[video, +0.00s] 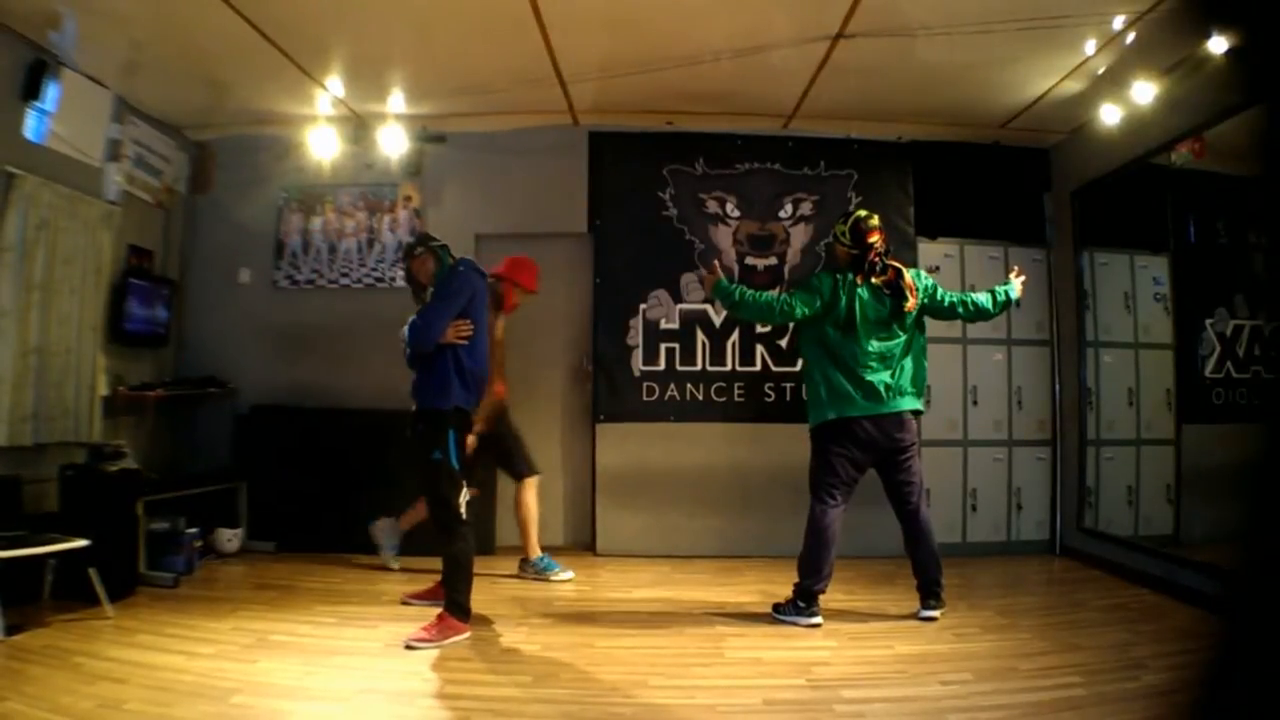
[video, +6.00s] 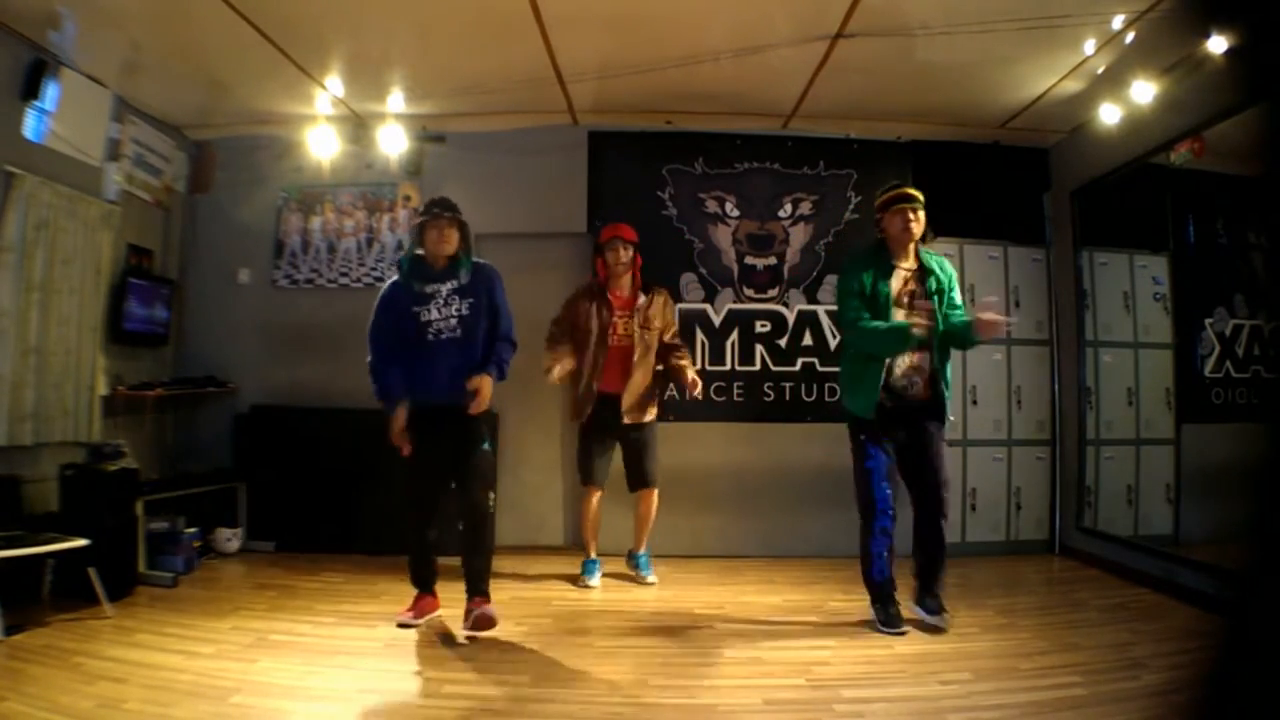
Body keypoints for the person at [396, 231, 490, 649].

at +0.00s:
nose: (414, 276)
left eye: (417, 266)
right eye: (411, 269)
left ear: (432, 257)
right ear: (421, 265)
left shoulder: (463, 277)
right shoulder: (444, 287)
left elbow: (425, 336)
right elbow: (411, 344)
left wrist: (412, 327)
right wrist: (434, 332)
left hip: (451, 411)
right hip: (434, 410)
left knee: (452, 511)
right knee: (443, 504)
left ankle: (456, 615)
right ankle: (449, 584)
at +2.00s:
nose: (413, 276)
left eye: (415, 266)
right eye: (408, 270)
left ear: (431, 256)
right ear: (414, 269)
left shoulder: (463, 278)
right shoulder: (438, 291)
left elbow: (428, 335)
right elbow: (409, 349)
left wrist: (411, 330)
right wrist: (436, 335)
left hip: (453, 409)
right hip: (433, 409)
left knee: (455, 509)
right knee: (441, 502)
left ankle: (456, 614)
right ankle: (447, 581)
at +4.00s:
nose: (415, 282)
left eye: (415, 272)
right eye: (411, 275)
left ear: (429, 263)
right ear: (426, 266)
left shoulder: (461, 285)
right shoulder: (445, 292)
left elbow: (445, 356)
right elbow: (424, 344)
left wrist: (412, 359)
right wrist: (427, 359)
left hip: (452, 413)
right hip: (435, 412)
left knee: (454, 509)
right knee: (439, 501)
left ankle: (456, 614)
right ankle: (445, 582)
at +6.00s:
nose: (443, 237)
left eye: (450, 229)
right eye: (434, 229)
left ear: (461, 235)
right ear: (421, 236)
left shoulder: (483, 279)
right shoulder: (399, 289)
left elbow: (504, 336)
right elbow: (382, 353)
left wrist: (490, 374)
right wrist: (396, 404)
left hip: (473, 407)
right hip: (423, 408)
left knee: (477, 501)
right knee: (420, 502)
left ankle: (478, 599)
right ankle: (425, 594)